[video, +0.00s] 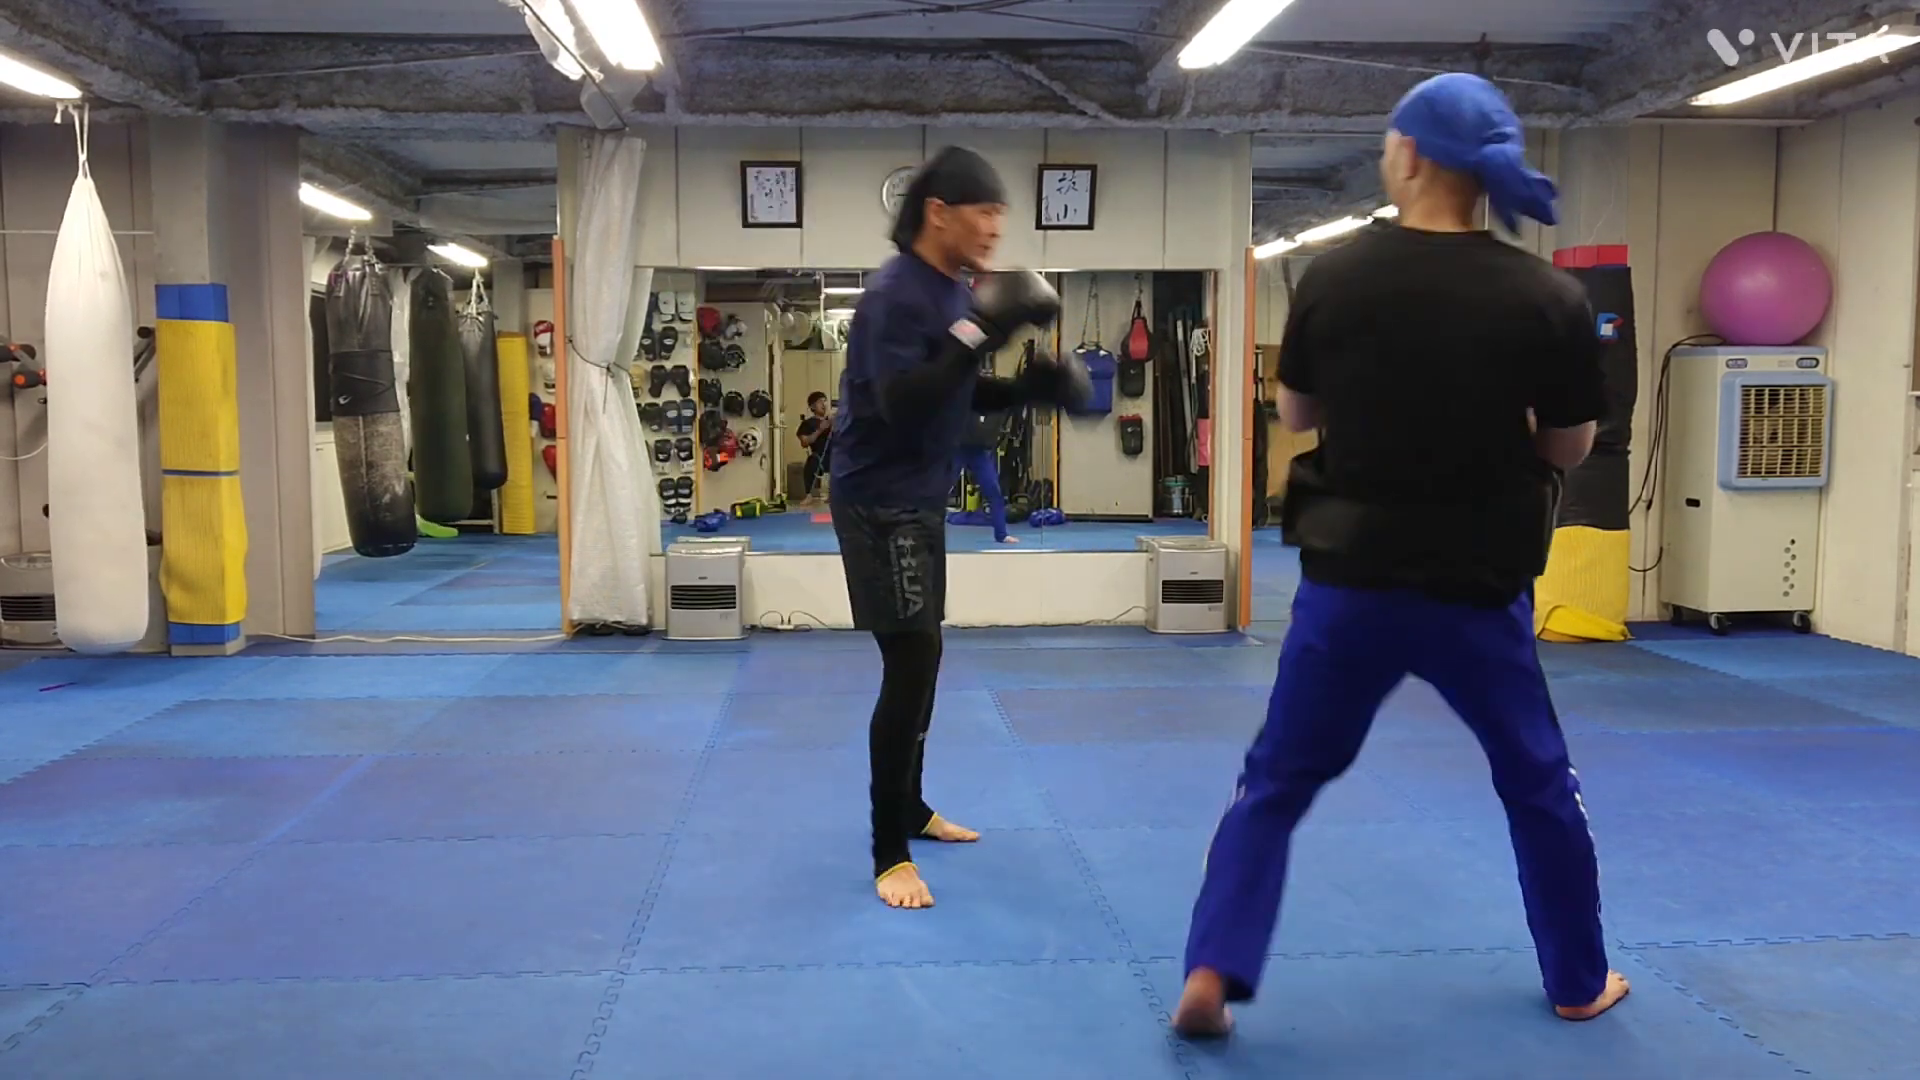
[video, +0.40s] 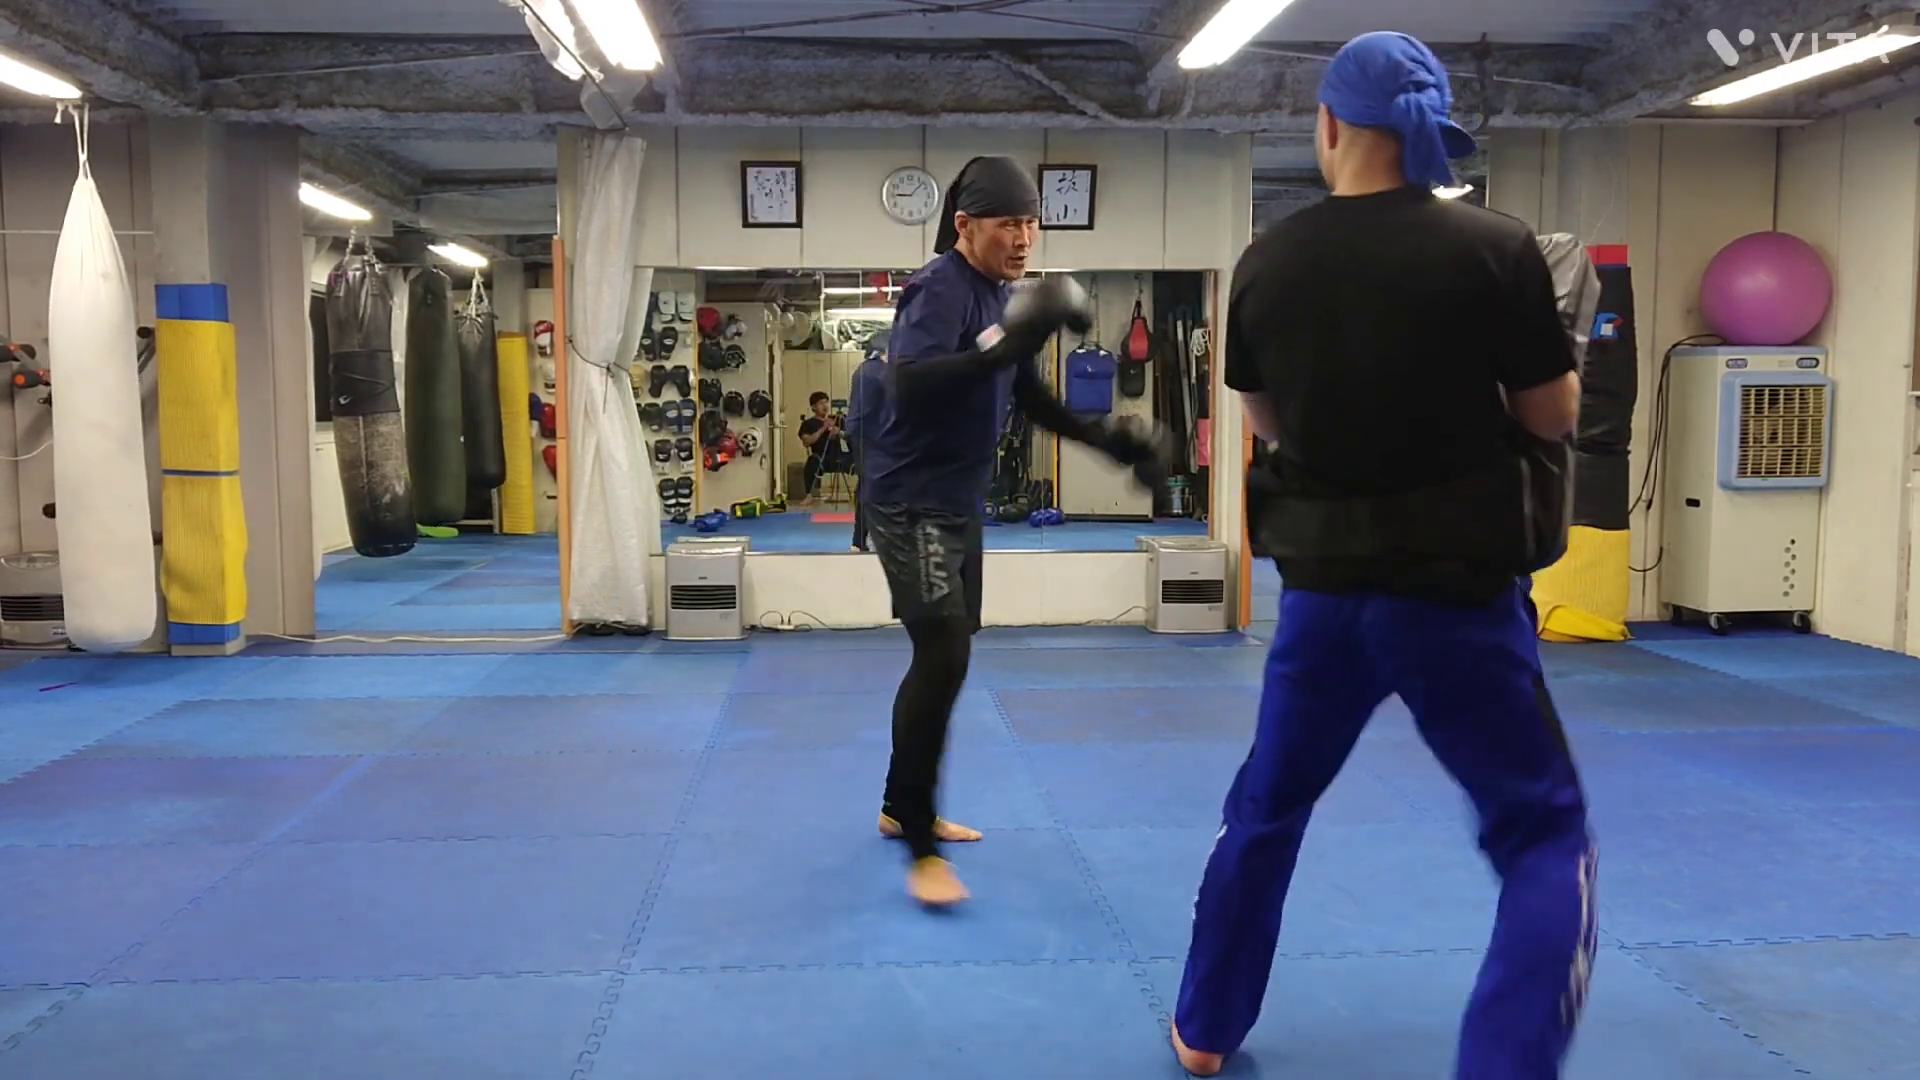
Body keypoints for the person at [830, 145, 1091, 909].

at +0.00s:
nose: (996, 229)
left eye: (999, 215)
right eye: (984, 213)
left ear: (964, 218)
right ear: (937, 212)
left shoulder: (953, 293)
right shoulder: (896, 293)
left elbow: (959, 400)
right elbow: (902, 401)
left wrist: (1033, 386)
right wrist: (977, 332)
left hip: (917, 502)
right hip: (880, 505)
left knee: (921, 658)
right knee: (907, 666)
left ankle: (908, 806)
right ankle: (890, 854)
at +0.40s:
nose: (1022, 239)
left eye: (1029, 225)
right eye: (1007, 225)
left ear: (1032, 226)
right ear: (964, 225)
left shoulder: (1000, 297)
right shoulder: (941, 286)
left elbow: (1033, 400)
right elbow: (909, 382)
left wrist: (1105, 433)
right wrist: (1000, 348)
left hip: (957, 504)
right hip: (910, 505)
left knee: (946, 655)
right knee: (941, 656)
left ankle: (907, 806)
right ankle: (920, 845)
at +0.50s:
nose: (1018, 234)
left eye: (1024, 220)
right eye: (1002, 223)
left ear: (1030, 222)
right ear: (960, 228)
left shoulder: (1030, 300)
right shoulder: (938, 291)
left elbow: (1094, 382)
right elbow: (869, 387)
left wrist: (1122, 358)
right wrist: (935, 403)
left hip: (981, 517)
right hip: (928, 516)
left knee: (948, 666)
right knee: (965, 676)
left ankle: (903, 808)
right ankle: (1000, 881)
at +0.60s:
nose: (1022, 218)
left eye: (1022, 205)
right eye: (1007, 207)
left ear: (1017, 215)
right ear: (972, 217)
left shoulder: (1040, 286)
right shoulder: (932, 295)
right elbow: (859, 387)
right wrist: (838, 452)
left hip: (1018, 524)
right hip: (958, 527)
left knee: (979, 676)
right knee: (1009, 708)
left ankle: (912, 794)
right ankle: (1059, 905)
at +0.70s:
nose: (948, 200)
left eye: (957, 187)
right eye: (936, 189)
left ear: (980, 196)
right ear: (913, 209)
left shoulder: (1024, 266)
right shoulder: (901, 306)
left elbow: (1095, 270)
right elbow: (839, 403)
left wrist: (998, 212)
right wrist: (768, 458)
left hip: (1067, 501)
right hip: (987, 521)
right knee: (1028, 711)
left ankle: (1016, 725)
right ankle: (1061, 907)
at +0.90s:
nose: (942, 226)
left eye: (948, 207)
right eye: (920, 217)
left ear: (965, 210)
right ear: (889, 237)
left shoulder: (1022, 268)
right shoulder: (898, 337)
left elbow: (1125, 327)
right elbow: (827, 424)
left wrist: (1211, 375)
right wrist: (817, 339)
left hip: (1096, 428)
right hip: (1041, 505)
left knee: (1132, 373)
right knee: (1035, 700)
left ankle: (1237, 382)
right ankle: (1093, 902)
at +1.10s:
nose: (1002, 205)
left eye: (1008, 189)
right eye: (982, 193)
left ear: (1021, 197)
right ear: (934, 208)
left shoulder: (1066, 264)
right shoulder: (930, 310)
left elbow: (1153, 341)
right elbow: (912, 427)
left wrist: (1239, 355)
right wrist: (929, 309)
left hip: (1144, 443)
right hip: (1060, 511)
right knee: (1070, 724)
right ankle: (1099, 919)